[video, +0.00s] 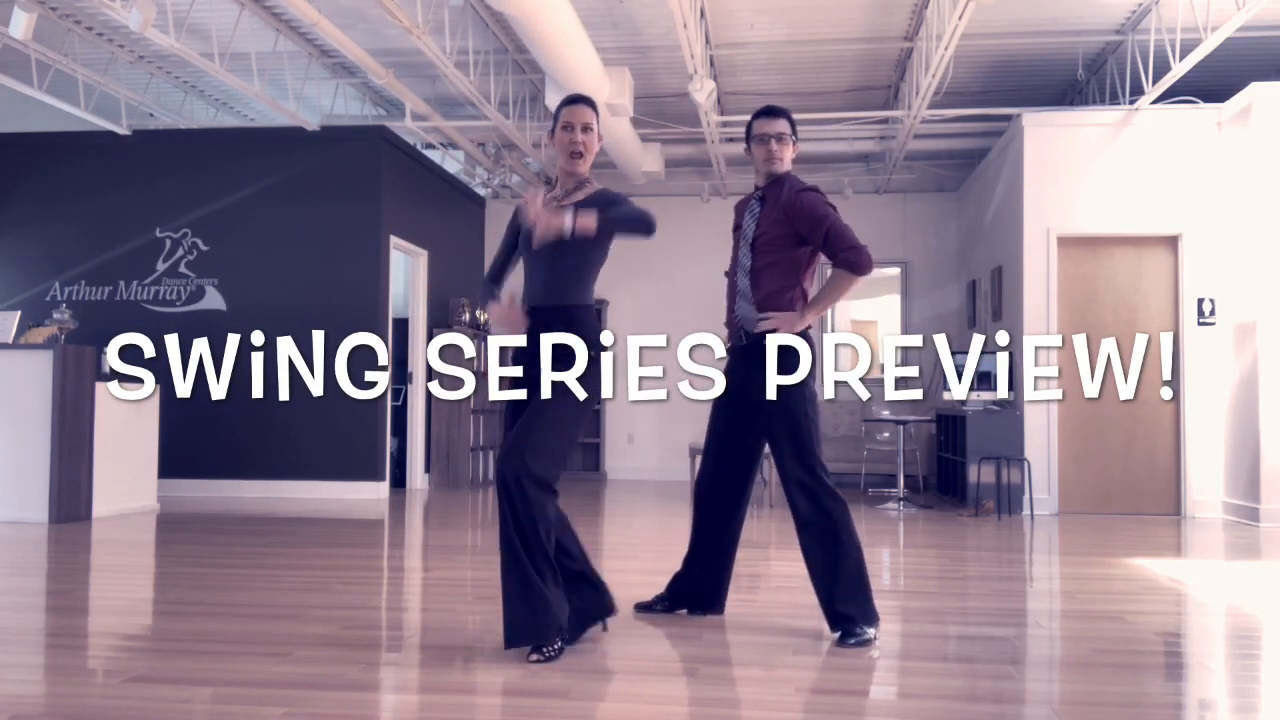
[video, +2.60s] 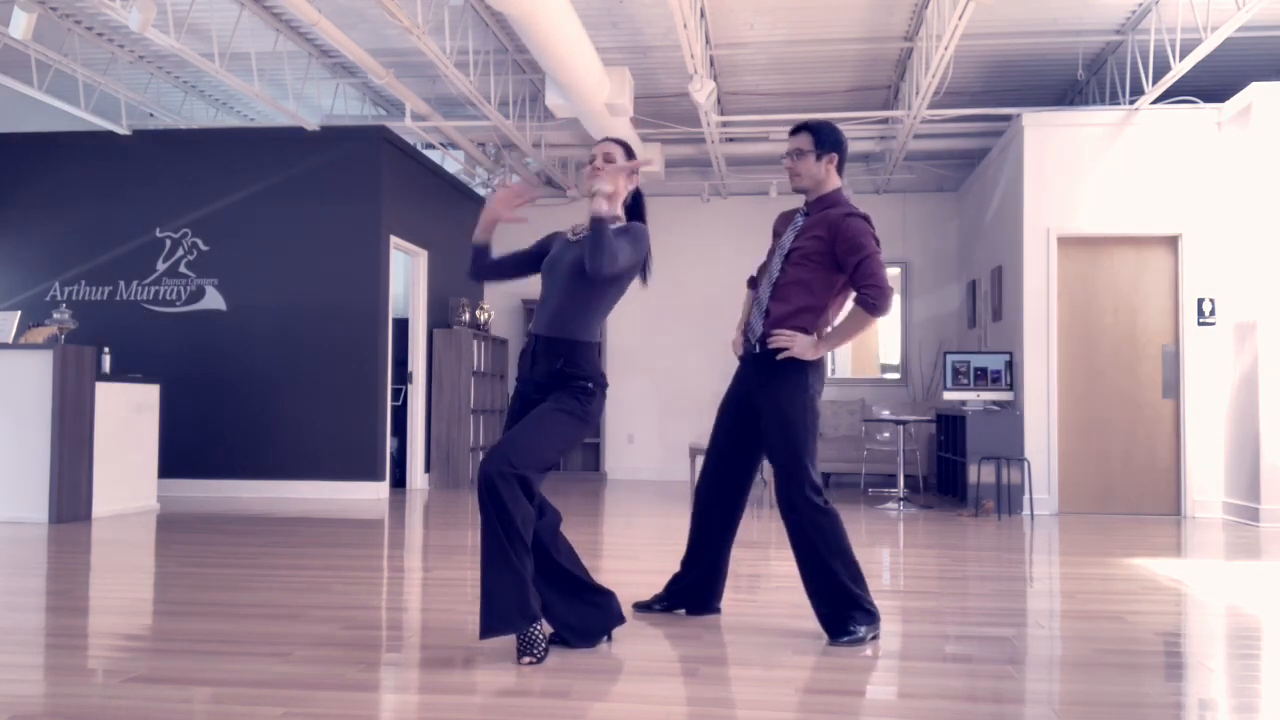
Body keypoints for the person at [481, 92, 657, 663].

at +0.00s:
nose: (577, 138)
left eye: (587, 130)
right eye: (568, 128)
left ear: (598, 142)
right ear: (551, 138)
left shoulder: (601, 200)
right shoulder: (532, 205)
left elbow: (644, 221)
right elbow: (493, 277)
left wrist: (570, 221)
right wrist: (496, 300)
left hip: (575, 349)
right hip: (532, 347)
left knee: (520, 469)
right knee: (523, 475)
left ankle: (551, 619)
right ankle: (585, 599)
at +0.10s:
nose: (582, 156)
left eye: (592, 149)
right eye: (574, 145)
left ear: (602, 150)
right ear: (554, 140)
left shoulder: (606, 203)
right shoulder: (529, 209)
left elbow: (664, 174)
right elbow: (472, 279)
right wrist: (519, 256)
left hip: (578, 350)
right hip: (535, 349)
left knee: (517, 463)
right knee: (544, 478)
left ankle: (548, 614)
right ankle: (593, 607)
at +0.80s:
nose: (598, 158)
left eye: (607, 151)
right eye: (589, 149)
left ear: (615, 162)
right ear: (569, 157)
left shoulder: (622, 216)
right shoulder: (539, 227)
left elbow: (671, 226)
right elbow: (519, 303)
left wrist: (666, 177)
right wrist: (527, 325)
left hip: (595, 369)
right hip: (547, 368)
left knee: (512, 466)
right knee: (533, 490)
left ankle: (535, 615)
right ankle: (587, 609)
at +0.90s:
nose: (600, 154)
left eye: (609, 145)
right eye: (590, 145)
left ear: (620, 153)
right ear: (572, 152)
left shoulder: (630, 212)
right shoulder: (546, 218)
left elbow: (613, 279)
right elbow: (516, 279)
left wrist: (595, 218)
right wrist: (488, 313)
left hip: (600, 361)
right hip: (547, 359)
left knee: (532, 459)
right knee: (533, 476)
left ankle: (540, 614)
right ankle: (588, 606)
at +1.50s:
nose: (598, 146)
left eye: (608, 138)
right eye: (589, 138)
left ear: (625, 150)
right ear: (577, 148)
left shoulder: (633, 213)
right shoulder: (560, 214)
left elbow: (632, 294)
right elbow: (499, 277)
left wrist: (567, 258)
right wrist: (493, 236)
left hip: (604, 361)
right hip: (554, 359)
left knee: (539, 452)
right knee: (547, 480)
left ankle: (538, 617)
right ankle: (588, 608)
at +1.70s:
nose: (583, 147)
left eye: (596, 138)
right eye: (578, 140)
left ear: (623, 155)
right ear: (573, 155)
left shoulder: (636, 213)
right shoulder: (563, 222)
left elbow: (617, 238)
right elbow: (489, 226)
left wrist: (607, 184)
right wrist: (525, 166)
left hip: (599, 372)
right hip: (554, 371)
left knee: (528, 459)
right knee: (541, 486)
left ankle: (535, 616)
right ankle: (588, 609)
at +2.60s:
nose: (596, 167)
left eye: (609, 160)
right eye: (591, 160)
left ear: (633, 179)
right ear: (583, 177)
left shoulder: (633, 236)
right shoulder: (559, 241)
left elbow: (600, 266)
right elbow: (483, 269)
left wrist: (603, 211)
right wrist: (489, 218)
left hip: (577, 386)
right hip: (533, 380)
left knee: (499, 469)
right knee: (518, 497)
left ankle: (528, 619)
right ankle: (586, 611)